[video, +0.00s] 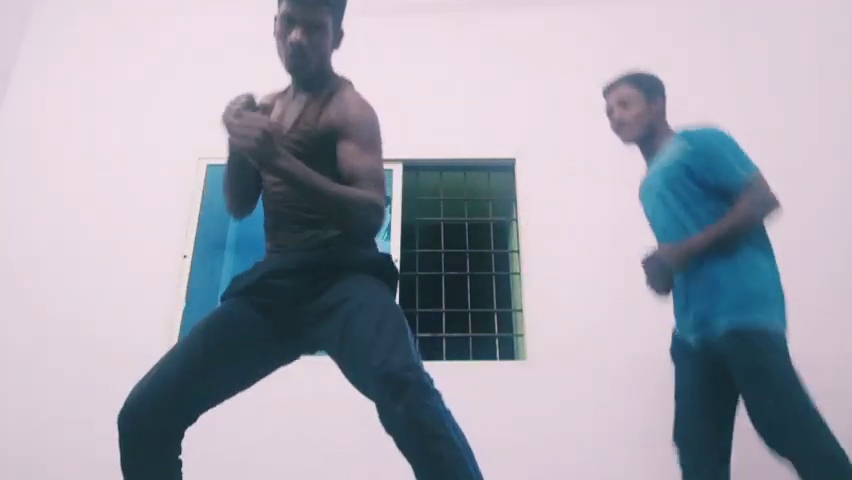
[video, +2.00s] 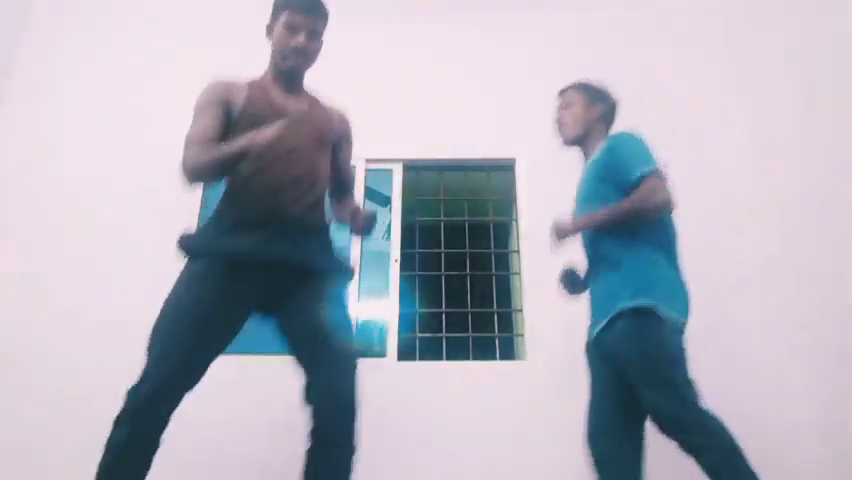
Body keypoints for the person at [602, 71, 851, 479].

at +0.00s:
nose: (615, 117)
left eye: (624, 105)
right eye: (610, 111)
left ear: (656, 105)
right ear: (609, 120)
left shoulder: (702, 142)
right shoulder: (648, 188)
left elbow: (761, 197)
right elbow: (691, 251)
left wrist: (682, 250)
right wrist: (665, 273)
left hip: (746, 318)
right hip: (694, 331)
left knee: (790, 428)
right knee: (698, 451)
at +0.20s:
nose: (604, 120)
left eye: (612, 108)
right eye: (600, 113)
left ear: (645, 110)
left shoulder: (670, 143)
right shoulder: (658, 167)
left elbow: (711, 195)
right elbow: (719, 242)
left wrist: (642, 258)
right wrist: (679, 280)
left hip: (727, 316)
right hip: (698, 323)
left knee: (773, 431)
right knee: (701, 444)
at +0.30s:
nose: (609, 147)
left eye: (617, 135)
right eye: (605, 141)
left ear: (650, 136)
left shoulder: (670, 172)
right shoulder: (663, 189)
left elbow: (699, 225)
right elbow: (721, 274)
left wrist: (625, 279)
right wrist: (680, 313)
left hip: (727, 350)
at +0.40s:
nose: (609, 151)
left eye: (617, 139)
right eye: (606, 145)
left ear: (650, 139)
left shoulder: (673, 170)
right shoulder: (661, 193)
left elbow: (714, 218)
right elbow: (715, 274)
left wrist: (642, 270)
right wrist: (669, 308)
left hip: (730, 333)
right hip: (706, 340)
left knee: (719, 456)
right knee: (690, 461)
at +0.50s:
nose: (611, 122)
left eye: (619, 111)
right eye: (607, 116)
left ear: (652, 111)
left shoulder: (678, 140)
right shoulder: (662, 170)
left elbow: (733, 186)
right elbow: (709, 235)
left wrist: (657, 241)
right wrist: (665, 272)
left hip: (723, 301)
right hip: (703, 309)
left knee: (710, 428)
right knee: (714, 429)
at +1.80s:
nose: (604, 120)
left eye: (613, 111)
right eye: (603, 113)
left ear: (645, 115)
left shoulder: (678, 150)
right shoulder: (633, 182)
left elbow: (714, 198)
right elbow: (667, 255)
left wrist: (624, 213)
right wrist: (626, 278)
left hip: (693, 324)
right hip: (648, 335)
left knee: (725, 437)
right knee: (655, 453)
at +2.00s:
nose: (558, 117)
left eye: (567, 107)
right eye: (558, 110)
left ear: (597, 111)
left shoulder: (621, 144)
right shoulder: (594, 173)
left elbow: (657, 194)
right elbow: (627, 249)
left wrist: (579, 222)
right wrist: (587, 276)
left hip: (640, 306)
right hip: (610, 318)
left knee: (679, 416)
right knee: (611, 443)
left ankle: (741, 475)